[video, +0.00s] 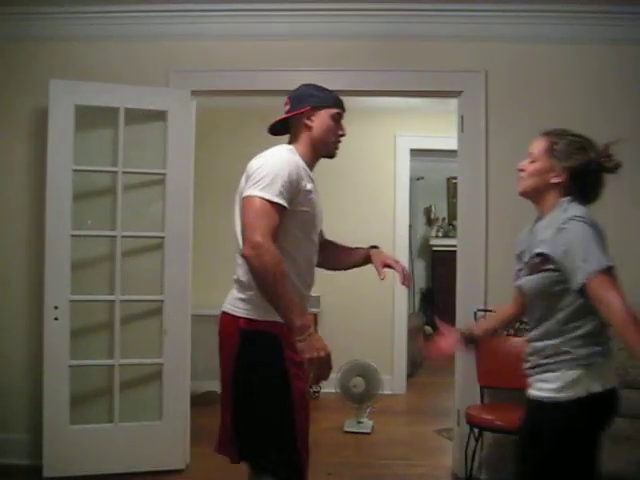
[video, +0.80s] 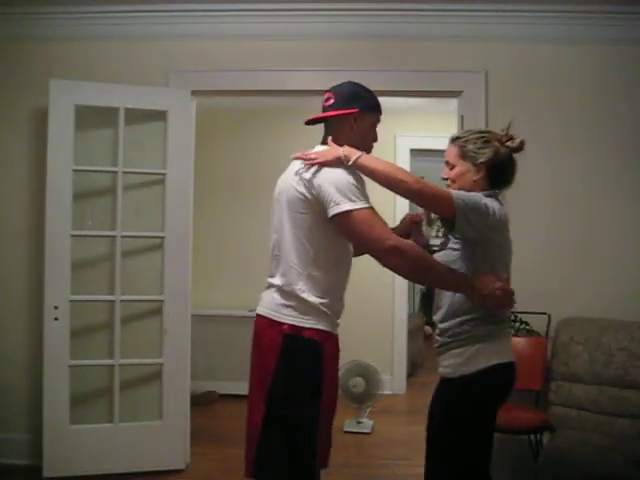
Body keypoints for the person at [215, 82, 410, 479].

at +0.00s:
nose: (343, 130)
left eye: (342, 121)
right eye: (336, 118)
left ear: (309, 122)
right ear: (307, 119)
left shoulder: (300, 175)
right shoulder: (278, 164)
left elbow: (318, 251)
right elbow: (257, 245)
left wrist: (370, 254)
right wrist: (304, 329)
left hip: (280, 333)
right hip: (260, 333)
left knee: (284, 461)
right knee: (275, 464)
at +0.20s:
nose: (358, 130)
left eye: (357, 121)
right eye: (351, 119)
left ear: (325, 123)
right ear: (323, 120)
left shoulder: (312, 174)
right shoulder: (295, 166)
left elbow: (330, 247)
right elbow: (283, 248)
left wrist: (380, 247)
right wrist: (336, 333)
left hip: (292, 334)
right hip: (272, 334)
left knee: (285, 460)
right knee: (275, 463)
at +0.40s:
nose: (366, 138)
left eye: (367, 127)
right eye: (363, 125)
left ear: (327, 122)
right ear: (341, 121)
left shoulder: (314, 169)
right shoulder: (309, 168)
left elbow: (328, 241)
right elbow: (329, 257)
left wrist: (384, 241)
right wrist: (397, 326)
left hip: (292, 332)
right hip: (281, 336)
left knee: (300, 459)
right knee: (284, 464)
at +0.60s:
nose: (372, 140)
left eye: (373, 131)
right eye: (370, 128)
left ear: (332, 123)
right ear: (350, 124)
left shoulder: (316, 167)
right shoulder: (317, 170)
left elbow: (336, 250)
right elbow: (368, 254)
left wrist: (391, 244)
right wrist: (454, 303)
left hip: (297, 331)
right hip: (290, 336)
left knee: (312, 457)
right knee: (295, 461)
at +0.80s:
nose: (377, 136)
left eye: (377, 126)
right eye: (374, 124)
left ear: (335, 123)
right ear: (353, 121)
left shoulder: (311, 166)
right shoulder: (330, 171)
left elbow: (345, 246)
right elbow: (388, 249)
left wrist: (397, 232)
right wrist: (469, 285)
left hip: (293, 329)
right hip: (298, 334)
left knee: (291, 456)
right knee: (291, 459)